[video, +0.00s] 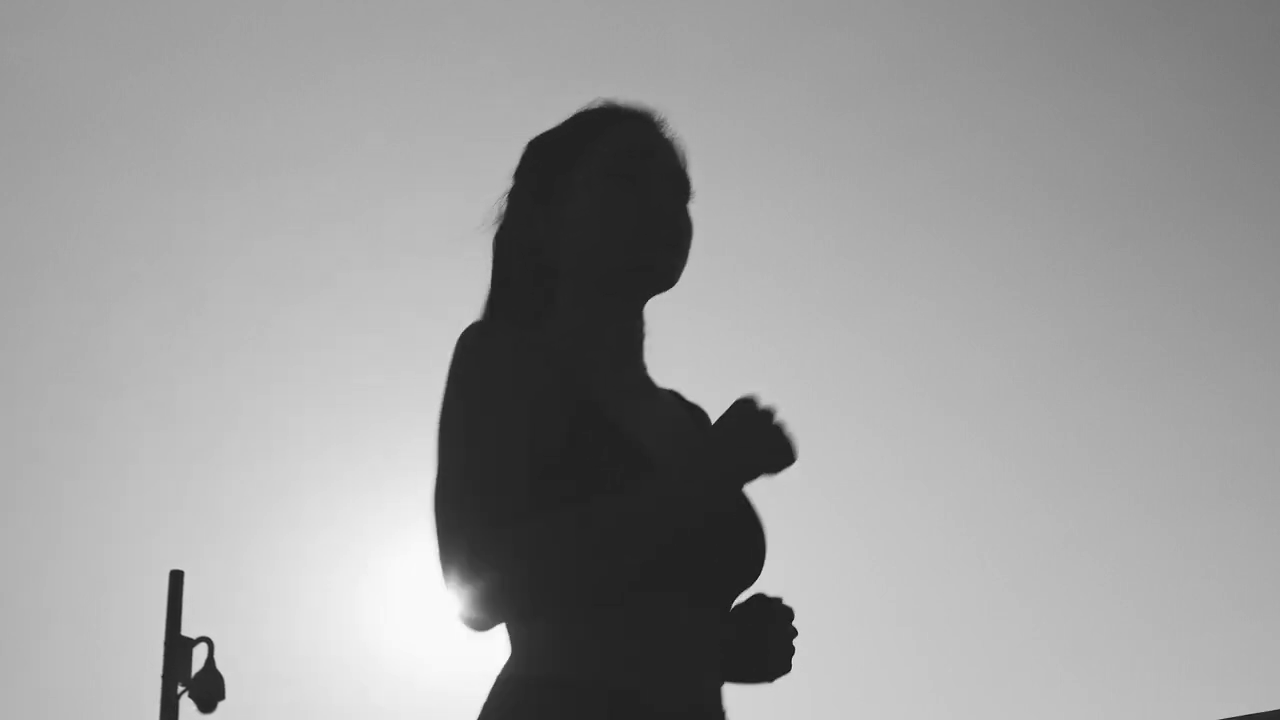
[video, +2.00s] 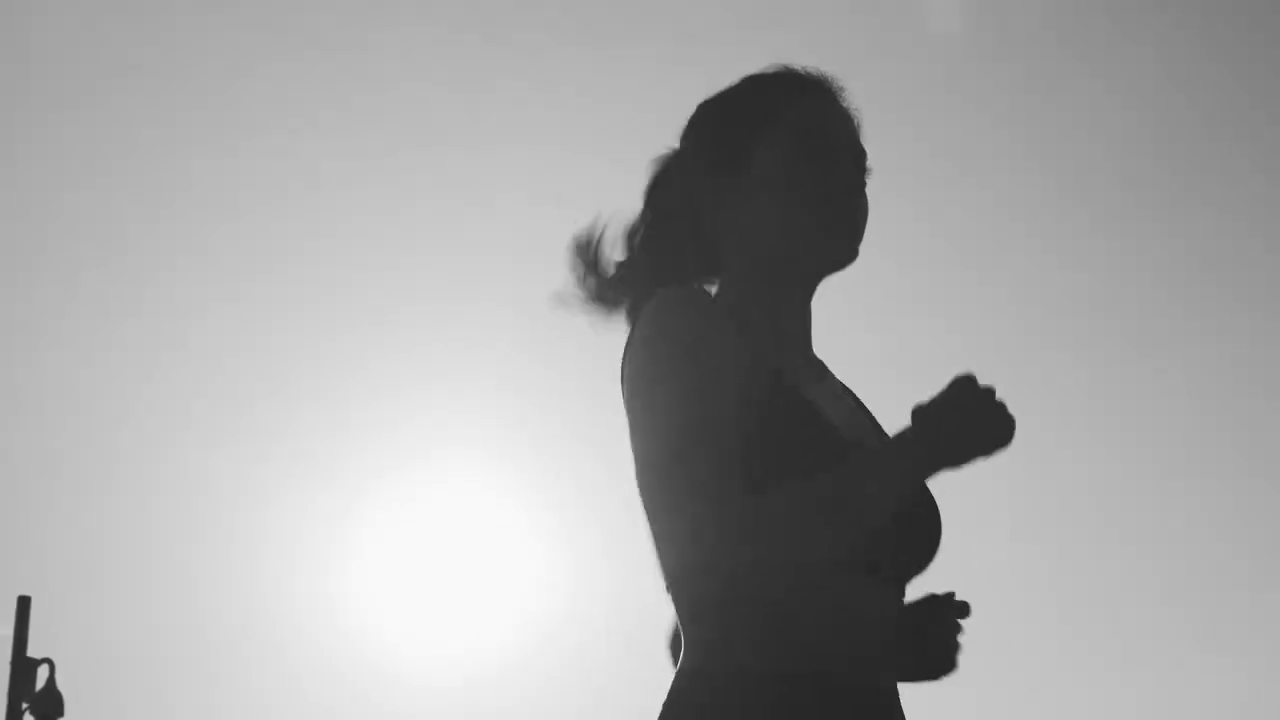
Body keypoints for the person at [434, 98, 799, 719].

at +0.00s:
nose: (671, 215)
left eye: (680, 196)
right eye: (635, 189)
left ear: (689, 214)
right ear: (563, 210)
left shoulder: (677, 416)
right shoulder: (503, 357)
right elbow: (480, 584)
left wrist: (723, 642)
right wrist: (707, 469)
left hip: (684, 703)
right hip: (555, 696)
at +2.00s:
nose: (852, 187)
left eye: (858, 167)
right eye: (818, 164)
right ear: (736, 186)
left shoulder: (814, 381)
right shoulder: (683, 326)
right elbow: (706, 561)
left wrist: (891, 637)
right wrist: (920, 448)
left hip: (857, 700)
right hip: (745, 696)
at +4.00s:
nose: (585, 268)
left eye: (585, 248)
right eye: (560, 246)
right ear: (485, 260)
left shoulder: (573, 460)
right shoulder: (411, 412)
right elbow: (402, 632)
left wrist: (615, 520)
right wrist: (608, 517)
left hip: (565, 708)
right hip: (446, 706)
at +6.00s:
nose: (563, 293)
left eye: (563, 268)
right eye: (543, 265)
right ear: (469, 275)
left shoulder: (540, 472)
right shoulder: (390, 407)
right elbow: (346, 609)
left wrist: (576, 697)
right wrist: (575, 529)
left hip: (531, 708)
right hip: (423, 705)